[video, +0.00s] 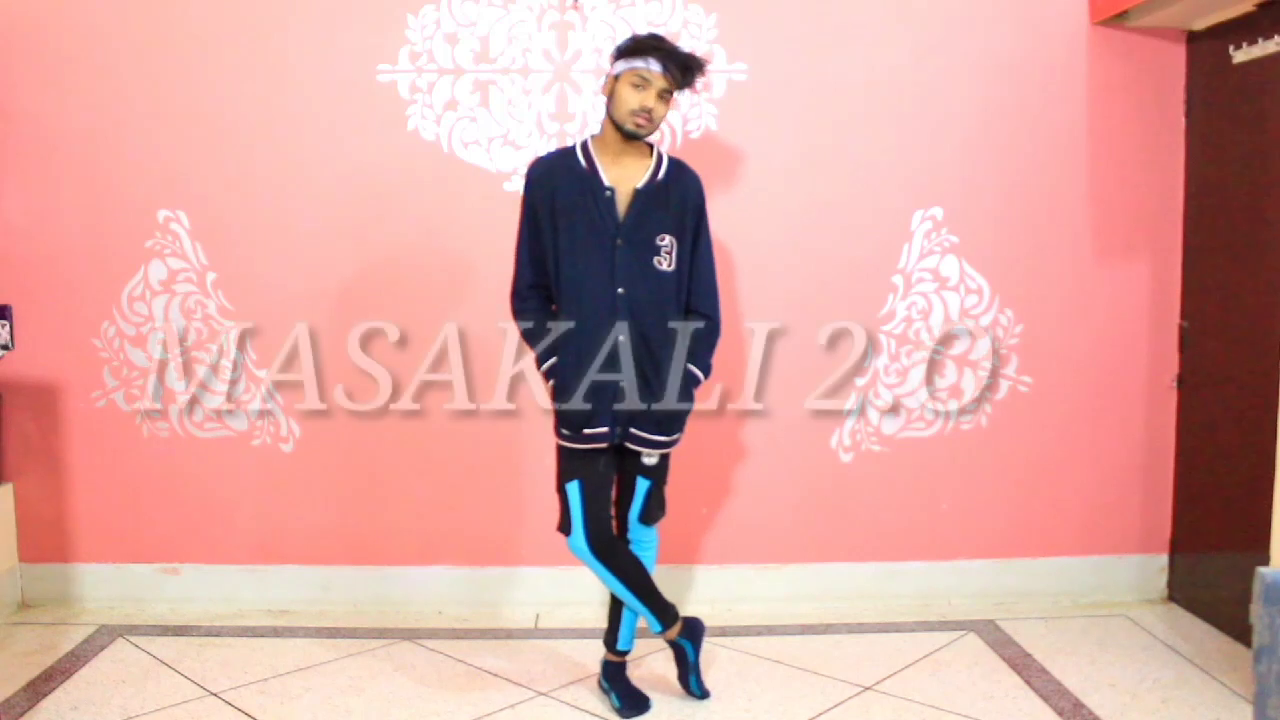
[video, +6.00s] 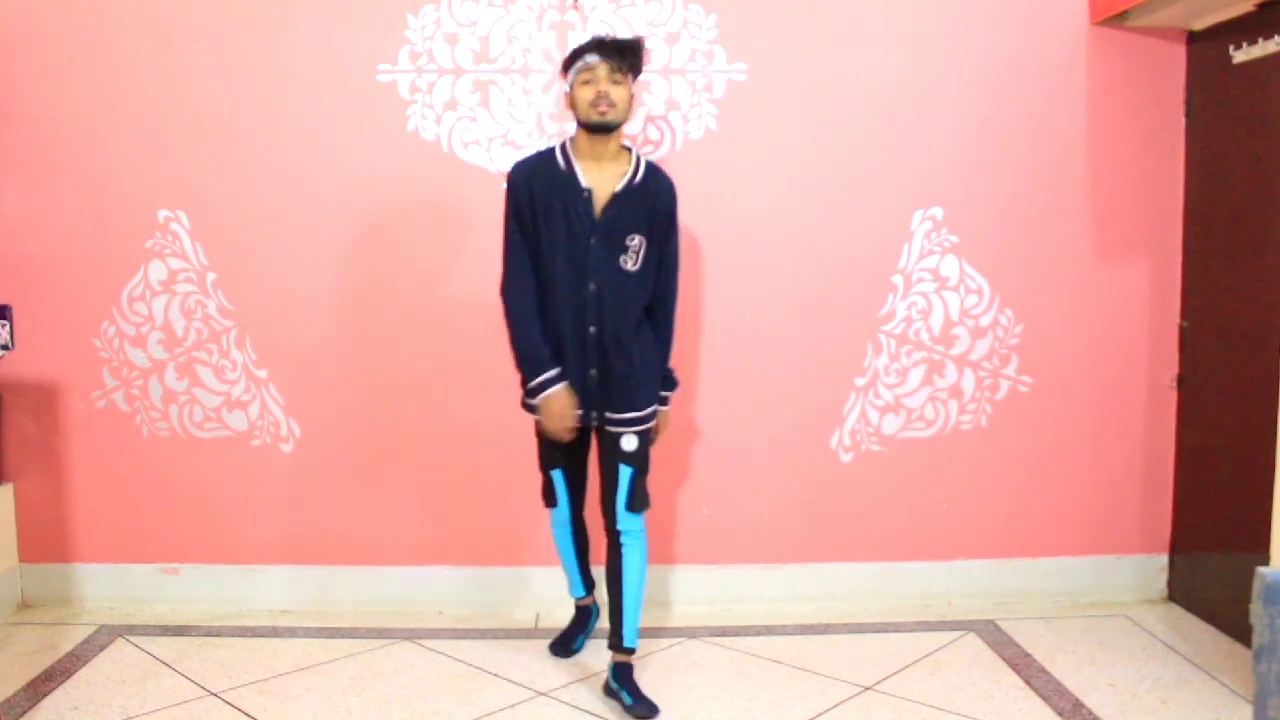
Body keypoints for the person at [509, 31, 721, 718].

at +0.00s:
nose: (648, 101)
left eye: (662, 92)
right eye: (637, 84)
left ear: (672, 105)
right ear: (608, 86)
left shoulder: (681, 183)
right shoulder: (552, 173)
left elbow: (703, 294)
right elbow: (529, 291)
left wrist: (692, 372)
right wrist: (557, 364)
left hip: (660, 385)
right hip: (583, 383)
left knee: (639, 524)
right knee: (588, 533)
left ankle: (616, 662)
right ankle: (678, 630)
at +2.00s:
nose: (649, 119)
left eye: (658, 106)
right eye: (637, 105)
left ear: (668, 106)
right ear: (603, 100)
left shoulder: (678, 179)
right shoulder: (553, 178)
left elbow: (700, 287)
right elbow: (529, 291)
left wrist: (698, 364)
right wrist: (557, 363)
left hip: (663, 384)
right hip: (587, 386)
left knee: (639, 525)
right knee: (589, 532)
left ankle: (616, 662)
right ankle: (674, 630)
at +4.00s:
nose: (652, 99)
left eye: (666, 89)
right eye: (639, 84)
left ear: (679, 101)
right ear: (616, 92)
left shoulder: (687, 194)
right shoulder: (564, 171)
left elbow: (696, 295)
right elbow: (526, 278)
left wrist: (701, 352)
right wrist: (556, 343)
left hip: (664, 381)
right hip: (590, 378)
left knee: (639, 523)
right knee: (597, 527)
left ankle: (616, 662)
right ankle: (675, 630)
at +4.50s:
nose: (624, 85)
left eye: (637, 73)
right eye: (610, 74)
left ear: (657, 85)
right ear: (593, 88)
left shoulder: (687, 180)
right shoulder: (557, 177)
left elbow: (722, 281)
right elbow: (525, 283)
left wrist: (761, 376)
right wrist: (486, 374)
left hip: (659, 383)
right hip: (582, 379)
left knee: (638, 525)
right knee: (587, 524)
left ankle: (618, 664)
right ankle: (593, 682)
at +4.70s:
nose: (612, 79)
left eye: (626, 69)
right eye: (598, 71)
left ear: (647, 85)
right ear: (582, 89)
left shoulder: (681, 174)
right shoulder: (554, 180)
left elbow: (700, 280)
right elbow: (540, 290)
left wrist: (688, 370)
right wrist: (545, 386)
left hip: (653, 383)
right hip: (576, 380)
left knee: (638, 525)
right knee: (555, 522)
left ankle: (617, 662)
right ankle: (558, 664)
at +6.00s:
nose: (602, 91)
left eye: (615, 80)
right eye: (589, 80)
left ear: (634, 95)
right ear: (568, 93)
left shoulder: (654, 186)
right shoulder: (532, 178)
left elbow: (662, 296)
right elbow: (517, 289)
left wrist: (659, 388)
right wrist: (543, 381)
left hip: (631, 380)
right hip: (559, 377)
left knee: (627, 516)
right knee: (562, 506)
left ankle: (624, 664)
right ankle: (583, 602)